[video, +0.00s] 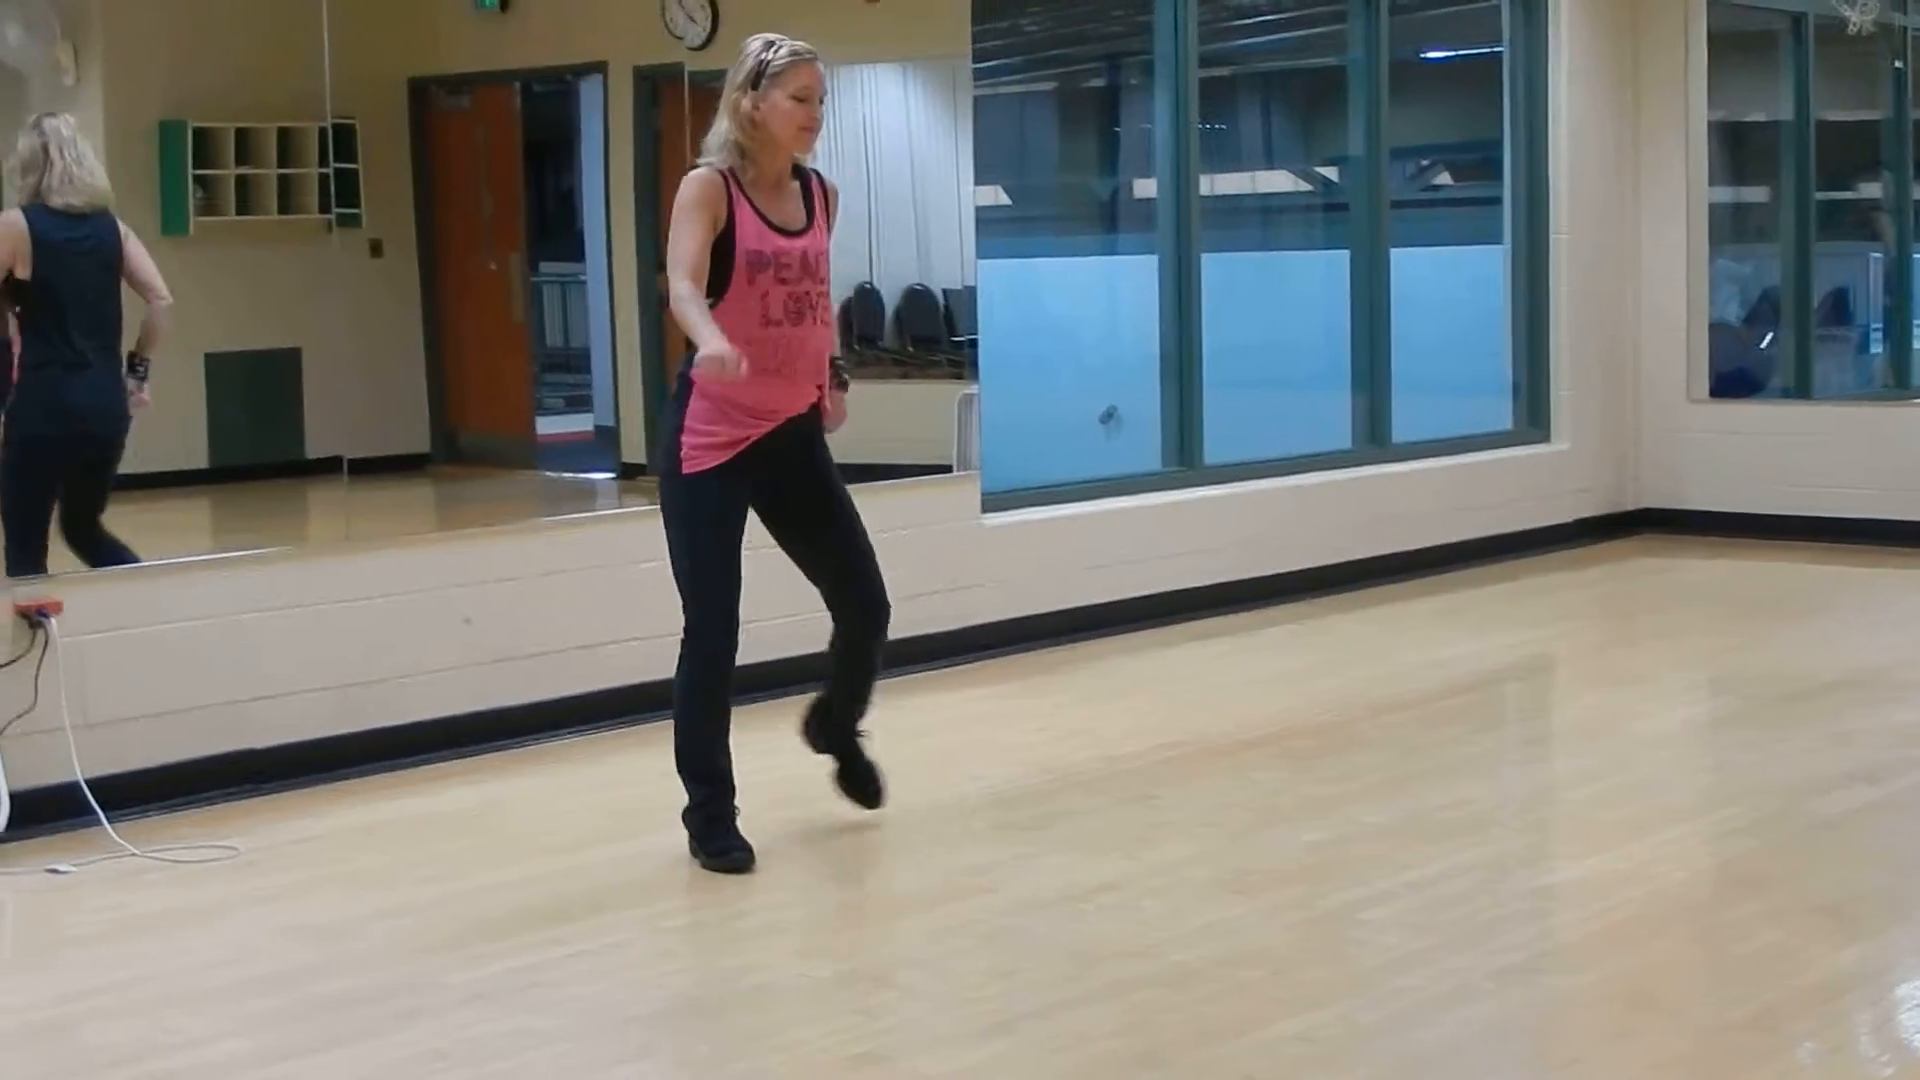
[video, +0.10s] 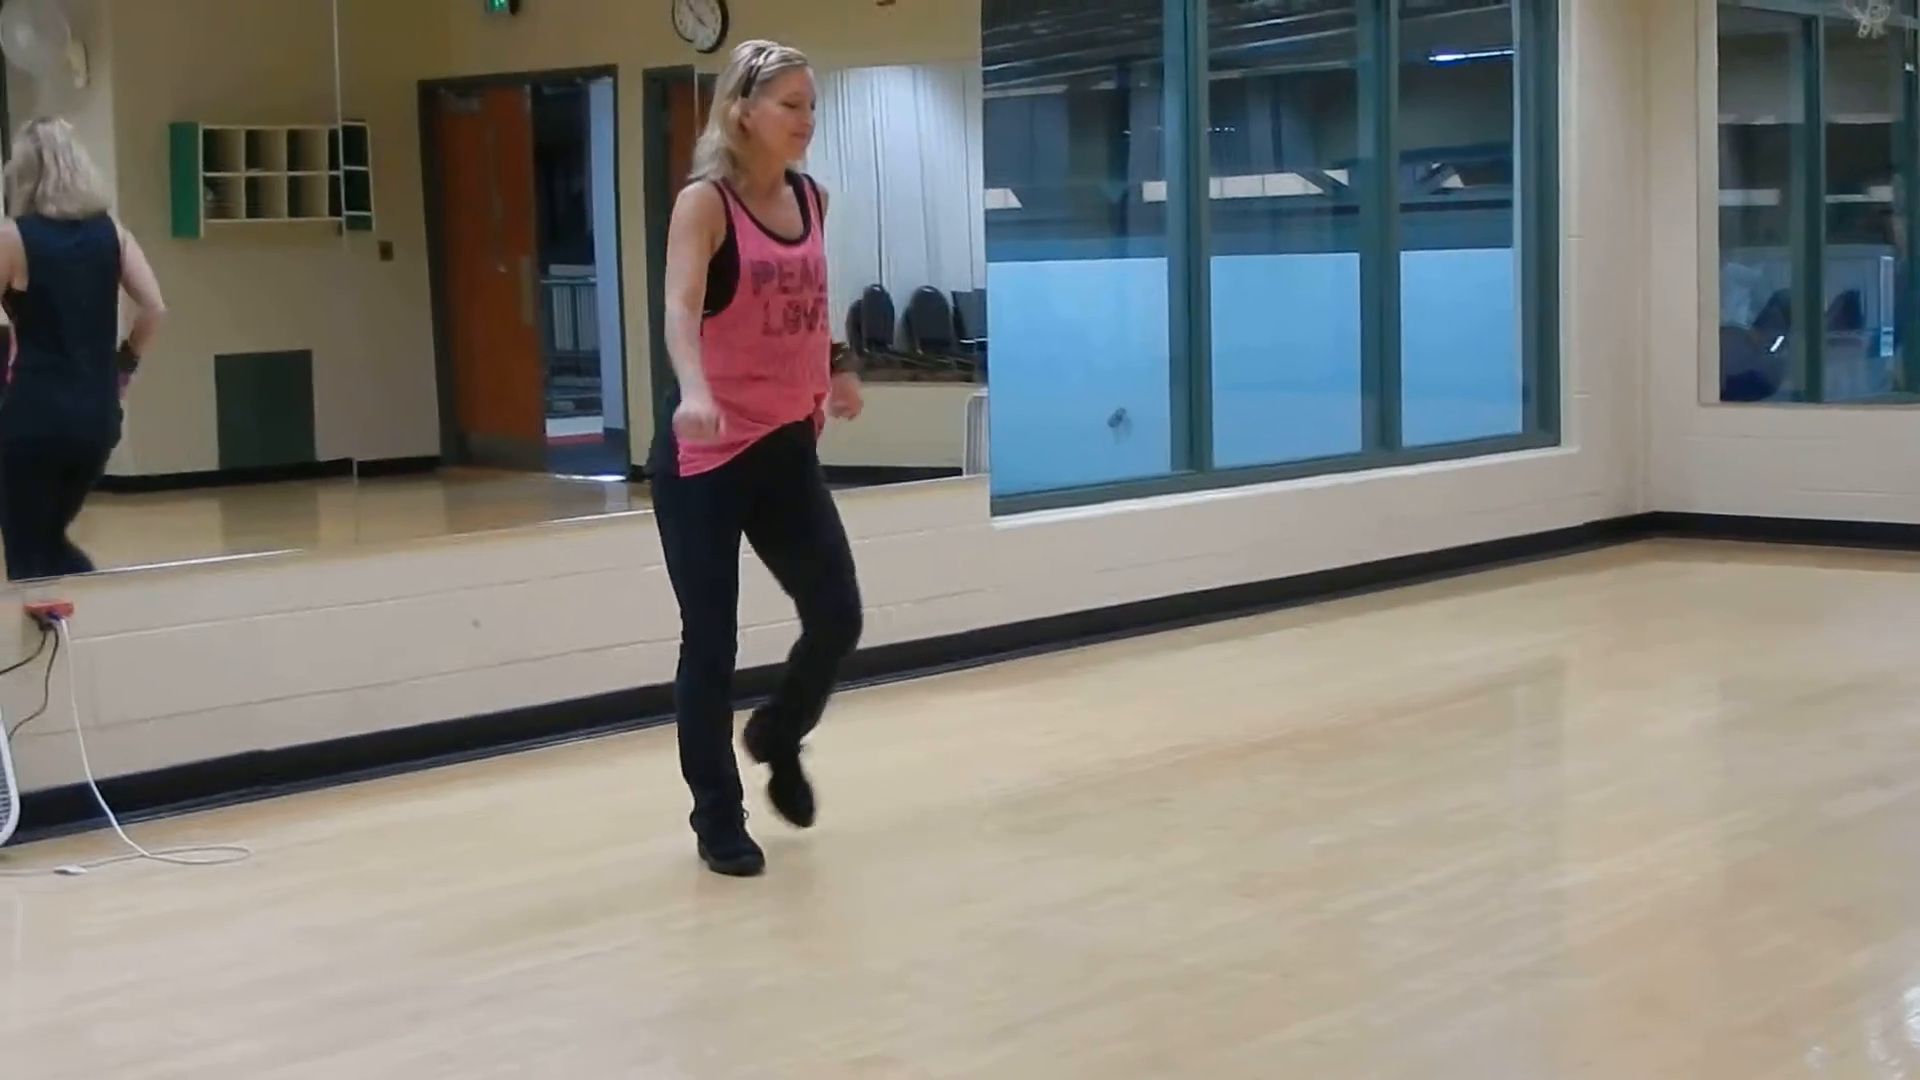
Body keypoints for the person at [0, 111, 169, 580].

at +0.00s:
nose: (15, 171)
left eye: (20, 162)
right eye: (18, 162)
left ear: (28, 165)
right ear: (84, 162)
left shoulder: (14, 227)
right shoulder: (111, 228)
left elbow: (7, 310)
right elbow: (160, 299)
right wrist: (139, 369)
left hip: (40, 405)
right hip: (106, 404)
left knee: (24, 542)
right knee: (82, 526)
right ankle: (155, 598)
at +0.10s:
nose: (11, 176)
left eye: (15, 167)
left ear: (20, 173)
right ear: (78, 167)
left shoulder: (13, 237)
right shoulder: (110, 231)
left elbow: (6, 314)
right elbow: (153, 307)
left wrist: (17, 337)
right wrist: (125, 365)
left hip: (32, 408)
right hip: (97, 409)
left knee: (24, 542)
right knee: (52, 534)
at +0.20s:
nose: (14, 179)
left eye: (17, 169)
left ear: (23, 176)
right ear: (81, 171)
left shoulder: (14, 243)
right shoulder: (113, 238)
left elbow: (4, 318)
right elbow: (142, 316)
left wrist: (20, 333)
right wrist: (114, 344)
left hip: (31, 412)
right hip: (97, 412)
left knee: (28, 547)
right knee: (43, 541)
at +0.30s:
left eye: (14, 174)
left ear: (19, 180)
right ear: (78, 175)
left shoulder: (13, 246)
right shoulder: (106, 241)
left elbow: (5, 340)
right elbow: (131, 324)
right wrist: (77, 319)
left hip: (32, 424)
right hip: (97, 418)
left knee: (31, 557)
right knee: (65, 551)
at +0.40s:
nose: (1, 192)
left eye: (5, 183)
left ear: (14, 189)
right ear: (68, 184)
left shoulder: (12, 255)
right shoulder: (95, 250)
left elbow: (10, 355)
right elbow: (117, 339)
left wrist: (6, 432)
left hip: (44, 441)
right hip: (109, 433)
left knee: (11, 577)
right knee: (95, 572)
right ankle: (140, 675)